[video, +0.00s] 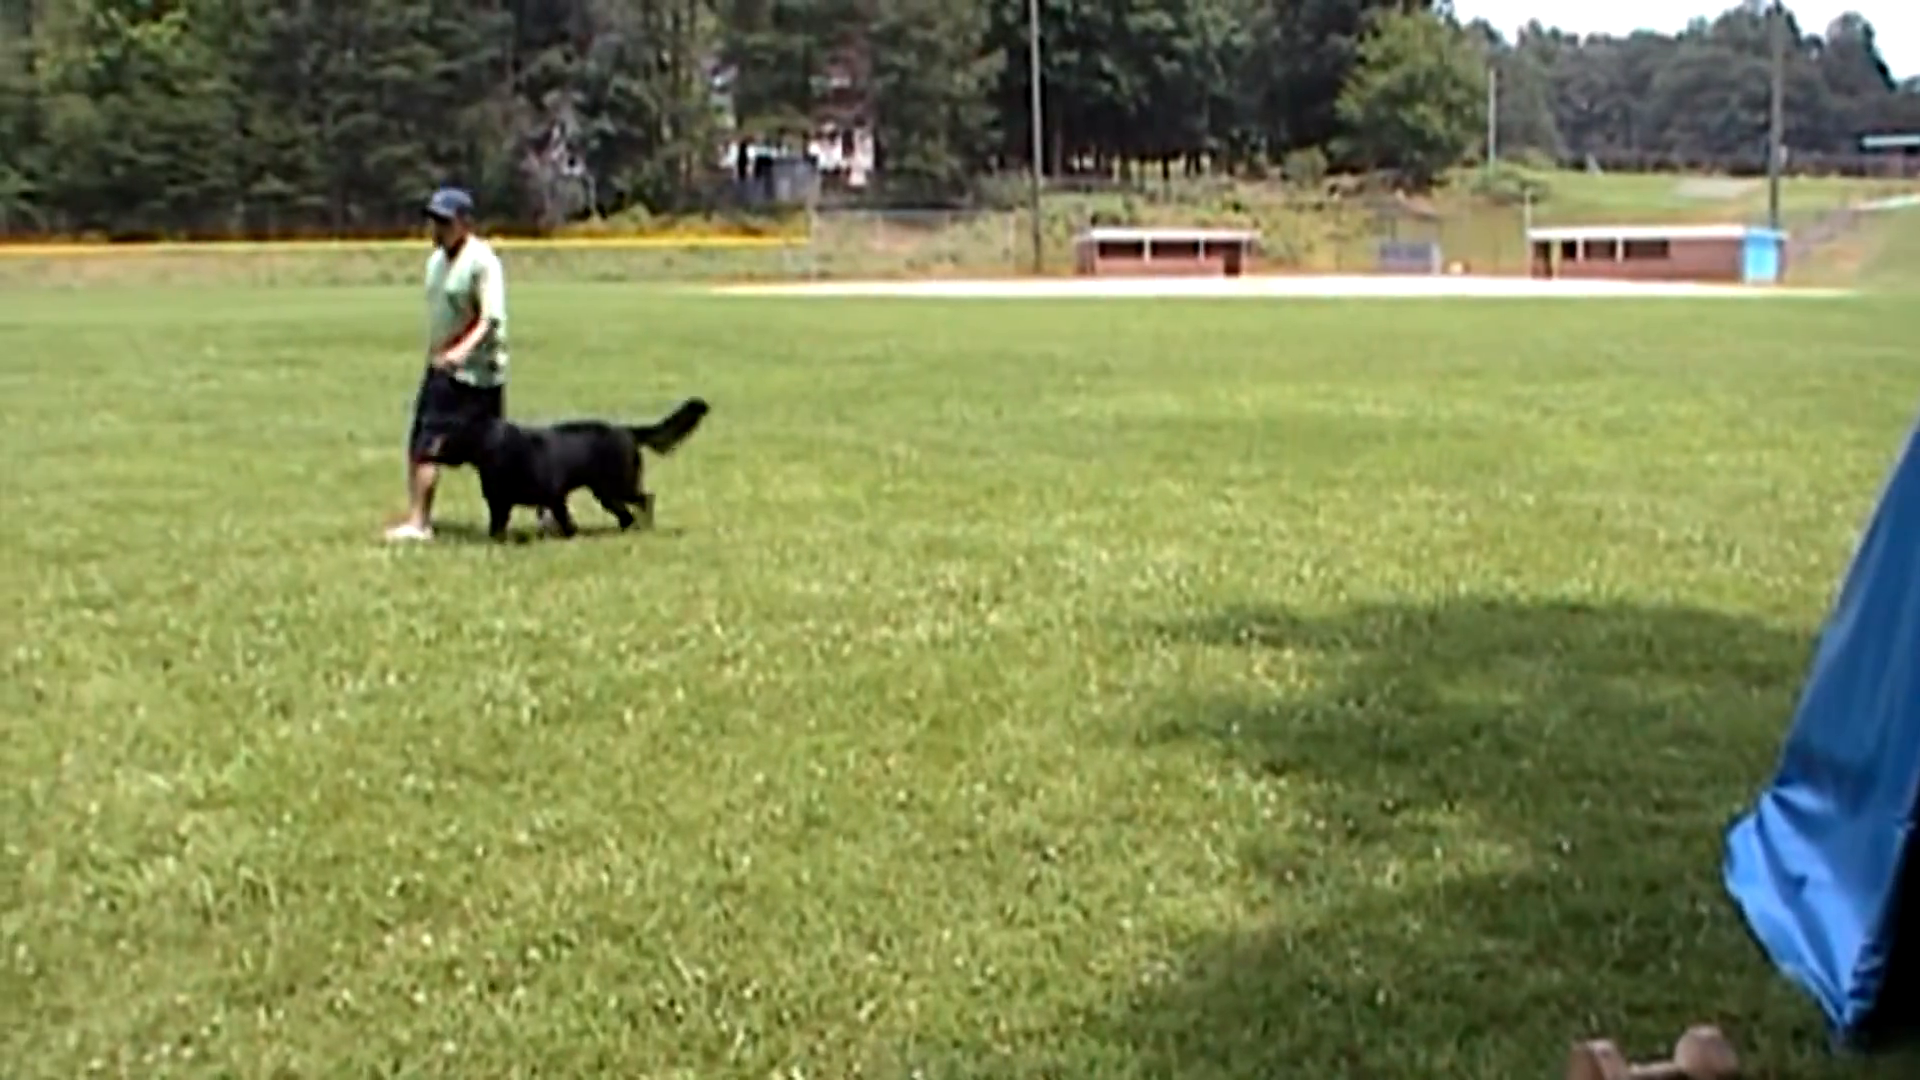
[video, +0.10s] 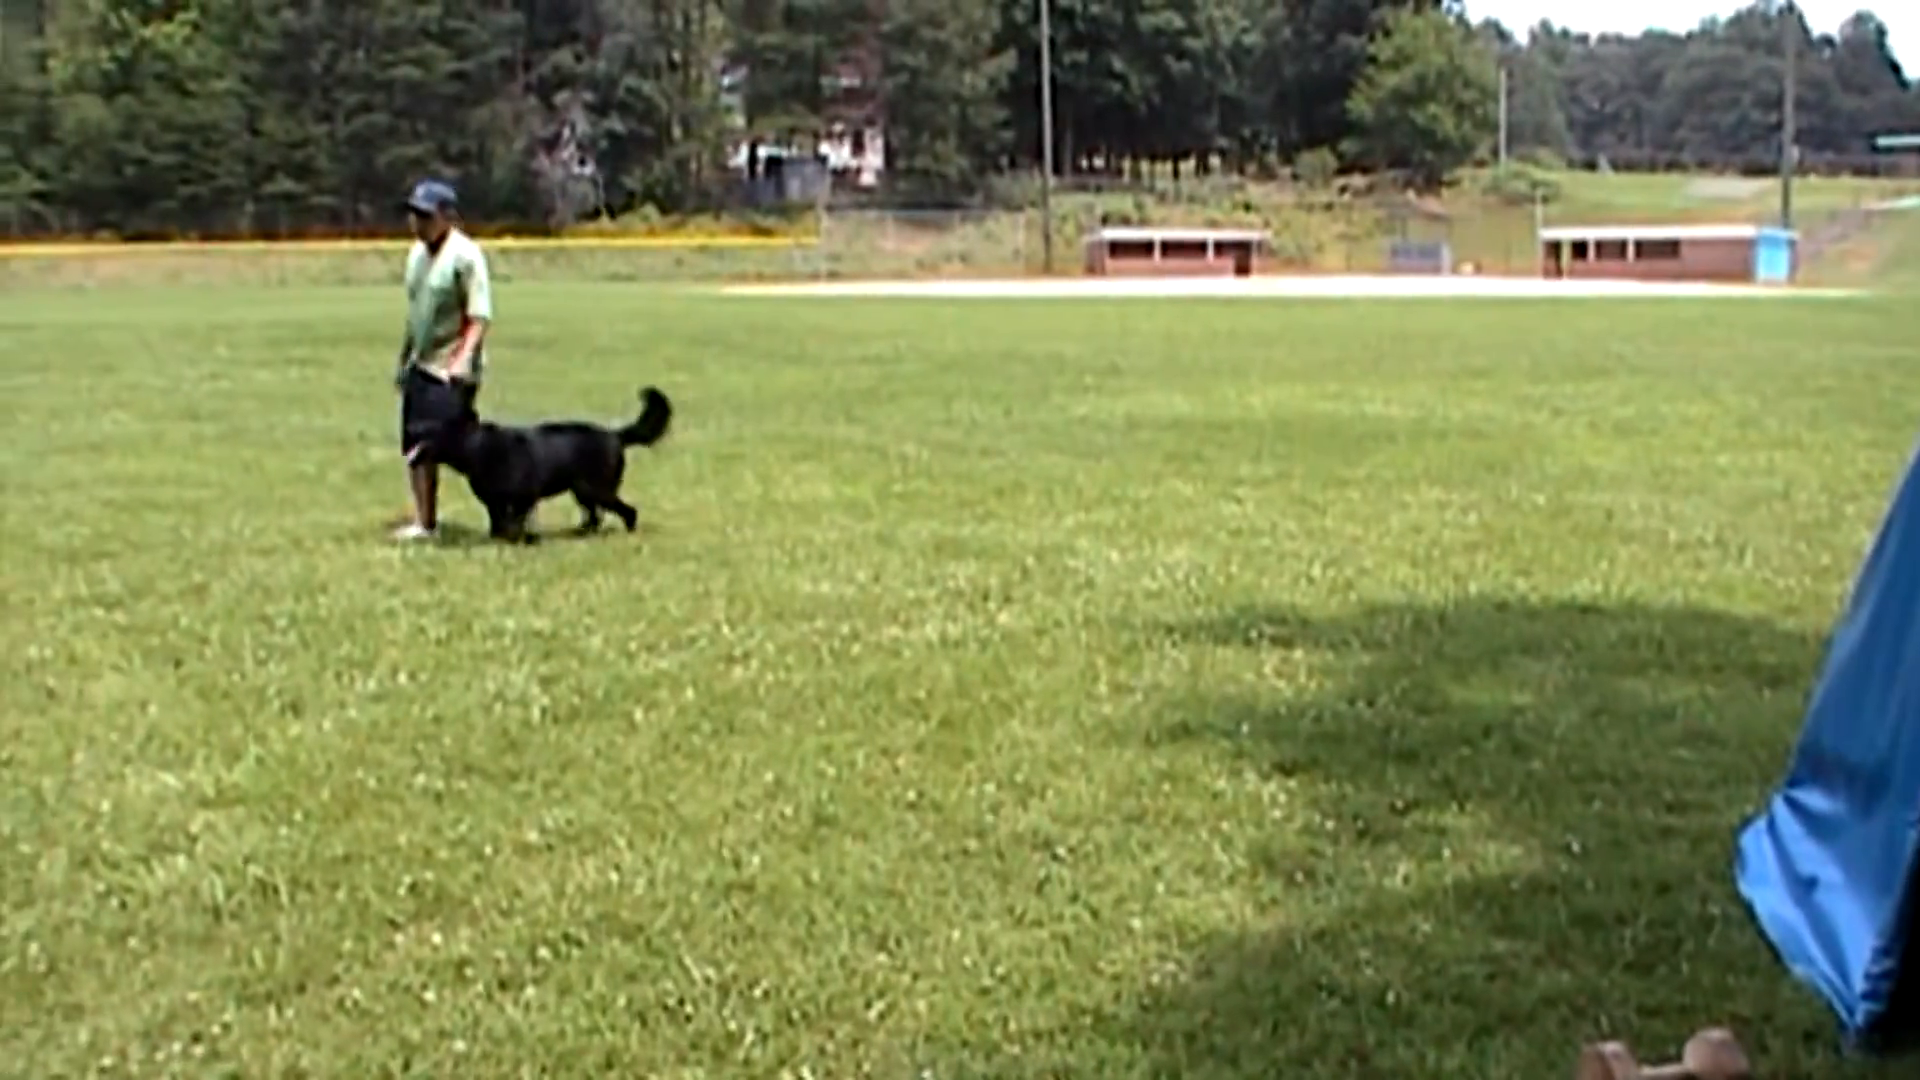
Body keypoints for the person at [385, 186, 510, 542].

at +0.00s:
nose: (436, 230)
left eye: (444, 222)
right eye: (433, 221)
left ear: (464, 223)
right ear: (432, 223)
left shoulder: (484, 262)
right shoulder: (436, 260)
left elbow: (490, 318)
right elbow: (444, 312)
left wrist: (458, 352)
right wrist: (438, 353)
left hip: (480, 373)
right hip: (442, 368)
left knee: (489, 450)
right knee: (423, 448)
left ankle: (539, 503)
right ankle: (419, 519)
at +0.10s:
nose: (418, 224)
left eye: (426, 217)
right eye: (415, 216)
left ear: (446, 217)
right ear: (413, 217)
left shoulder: (467, 256)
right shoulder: (417, 254)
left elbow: (478, 316)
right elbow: (416, 313)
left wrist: (461, 361)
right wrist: (405, 357)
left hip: (454, 363)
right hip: (420, 362)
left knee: (456, 442)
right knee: (416, 446)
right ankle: (423, 519)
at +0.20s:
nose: (408, 220)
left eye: (416, 212)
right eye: (405, 212)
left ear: (437, 212)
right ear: (402, 213)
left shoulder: (460, 253)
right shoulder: (404, 249)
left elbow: (473, 314)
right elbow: (399, 304)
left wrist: (467, 363)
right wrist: (382, 345)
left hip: (443, 350)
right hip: (413, 348)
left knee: (415, 428)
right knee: (410, 432)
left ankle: (451, 499)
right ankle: (438, 510)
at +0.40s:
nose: (430, 231)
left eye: (438, 223)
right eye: (426, 223)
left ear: (459, 222)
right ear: (422, 223)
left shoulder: (477, 263)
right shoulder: (423, 256)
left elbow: (500, 323)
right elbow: (411, 302)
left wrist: (495, 375)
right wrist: (388, 319)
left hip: (464, 365)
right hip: (433, 361)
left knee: (424, 442)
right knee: (466, 445)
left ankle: (388, 521)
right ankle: (498, 507)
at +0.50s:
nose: (459, 235)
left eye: (467, 227)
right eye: (454, 227)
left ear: (486, 227)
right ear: (449, 227)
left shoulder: (505, 269)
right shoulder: (449, 259)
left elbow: (526, 327)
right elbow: (435, 306)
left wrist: (519, 378)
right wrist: (422, 302)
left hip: (489, 367)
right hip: (459, 365)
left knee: (451, 444)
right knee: (492, 447)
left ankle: (431, 530)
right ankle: (538, 509)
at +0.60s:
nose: (496, 231)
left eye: (504, 224)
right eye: (493, 223)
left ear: (523, 226)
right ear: (488, 224)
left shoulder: (545, 266)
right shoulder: (487, 257)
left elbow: (563, 324)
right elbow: (464, 307)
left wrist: (555, 372)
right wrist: (466, 269)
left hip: (526, 365)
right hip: (494, 361)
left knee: (492, 441)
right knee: (502, 445)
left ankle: (490, 526)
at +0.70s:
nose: (535, 227)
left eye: (543, 220)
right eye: (531, 218)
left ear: (561, 221)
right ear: (526, 219)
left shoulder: (584, 260)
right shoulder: (523, 250)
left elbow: (598, 319)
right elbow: (494, 301)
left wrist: (592, 369)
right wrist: (502, 261)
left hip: (567, 361)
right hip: (529, 358)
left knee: (552, 442)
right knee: (513, 438)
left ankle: (551, 526)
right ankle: (574, 501)